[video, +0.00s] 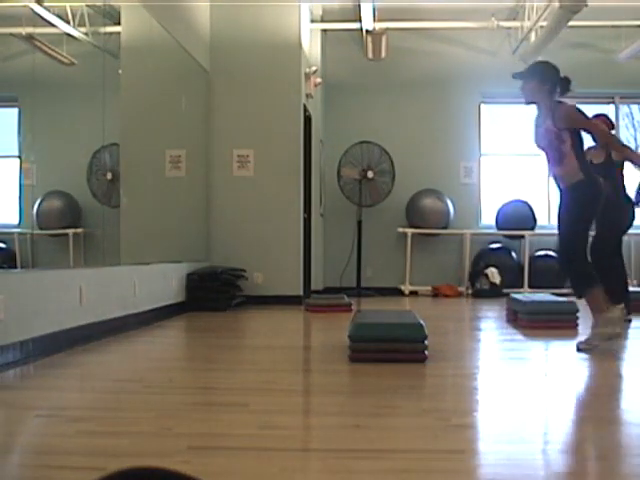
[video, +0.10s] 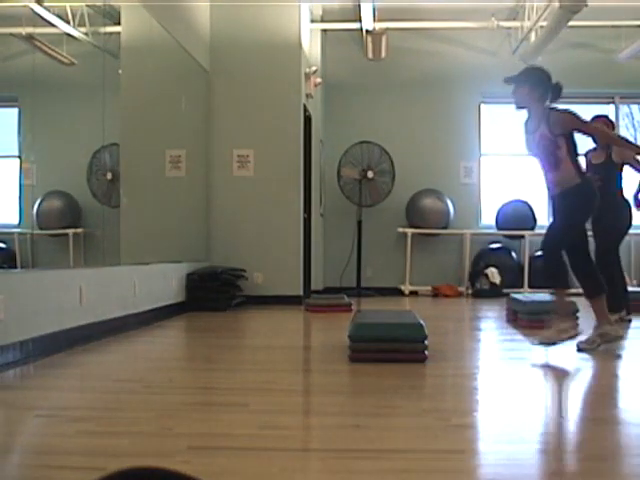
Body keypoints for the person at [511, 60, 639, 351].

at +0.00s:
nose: (522, 86)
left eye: (526, 82)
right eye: (523, 82)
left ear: (544, 86)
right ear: (539, 87)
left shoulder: (563, 112)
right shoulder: (540, 116)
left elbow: (600, 131)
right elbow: (552, 148)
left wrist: (626, 154)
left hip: (582, 189)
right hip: (568, 191)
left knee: (571, 255)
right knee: (570, 255)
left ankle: (603, 318)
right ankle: (606, 316)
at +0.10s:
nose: (514, 91)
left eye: (519, 86)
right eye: (515, 86)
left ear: (535, 91)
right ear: (527, 93)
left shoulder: (560, 118)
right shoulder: (529, 124)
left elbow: (599, 132)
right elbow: (546, 159)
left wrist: (631, 147)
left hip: (578, 194)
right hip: (560, 199)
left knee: (550, 249)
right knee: (580, 259)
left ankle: (564, 318)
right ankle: (605, 325)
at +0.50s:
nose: (471, 83)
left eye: (475, 76)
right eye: (470, 77)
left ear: (493, 75)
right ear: (487, 77)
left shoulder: (508, 106)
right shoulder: (487, 112)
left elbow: (466, 134)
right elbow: (460, 135)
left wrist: (428, 139)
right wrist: (424, 139)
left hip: (536, 186)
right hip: (516, 186)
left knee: (533, 254)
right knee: (472, 224)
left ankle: (533, 330)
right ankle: (474, 301)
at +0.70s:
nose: (438, 86)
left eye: (441, 79)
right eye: (437, 80)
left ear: (458, 77)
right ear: (457, 80)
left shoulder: (477, 105)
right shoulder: (461, 108)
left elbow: (442, 118)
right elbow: (428, 120)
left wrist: (402, 104)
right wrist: (399, 103)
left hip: (501, 187)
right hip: (476, 188)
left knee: (516, 257)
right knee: (427, 228)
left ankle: (530, 330)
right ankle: (411, 301)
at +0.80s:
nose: (421, 71)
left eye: (425, 64)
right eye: (420, 65)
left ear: (442, 62)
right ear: (433, 67)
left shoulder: (468, 87)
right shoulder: (436, 106)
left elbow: (449, 118)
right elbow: (410, 136)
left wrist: (422, 139)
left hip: (487, 170)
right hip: (458, 173)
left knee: (489, 244)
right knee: (424, 222)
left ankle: (507, 318)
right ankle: (410, 301)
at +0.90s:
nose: (406, 65)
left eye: (409, 58)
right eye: (404, 60)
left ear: (426, 54)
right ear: (420, 58)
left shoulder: (456, 78)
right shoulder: (422, 97)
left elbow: (479, 116)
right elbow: (420, 144)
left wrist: (470, 141)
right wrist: (402, 183)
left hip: (478, 159)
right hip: (449, 163)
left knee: (463, 222)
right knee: (424, 220)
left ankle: (472, 299)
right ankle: (411, 300)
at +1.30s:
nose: (410, 68)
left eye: (412, 61)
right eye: (408, 63)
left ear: (428, 55)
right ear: (423, 58)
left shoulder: (460, 80)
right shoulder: (430, 93)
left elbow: (479, 129)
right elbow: (431, 136)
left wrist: (460, 141)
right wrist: (417, 169)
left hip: (482, 159)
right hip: (455, 163)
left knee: (478, 227)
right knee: (431, 222)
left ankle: (496, 304)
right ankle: (410, 299)